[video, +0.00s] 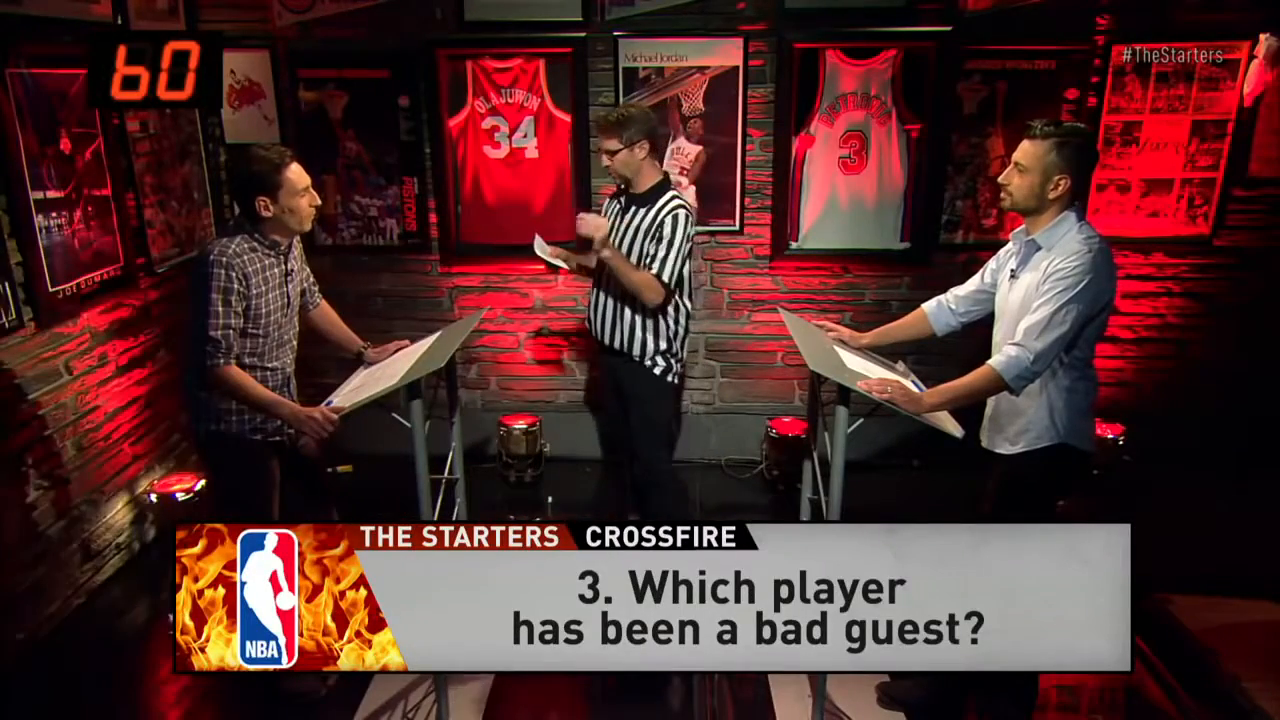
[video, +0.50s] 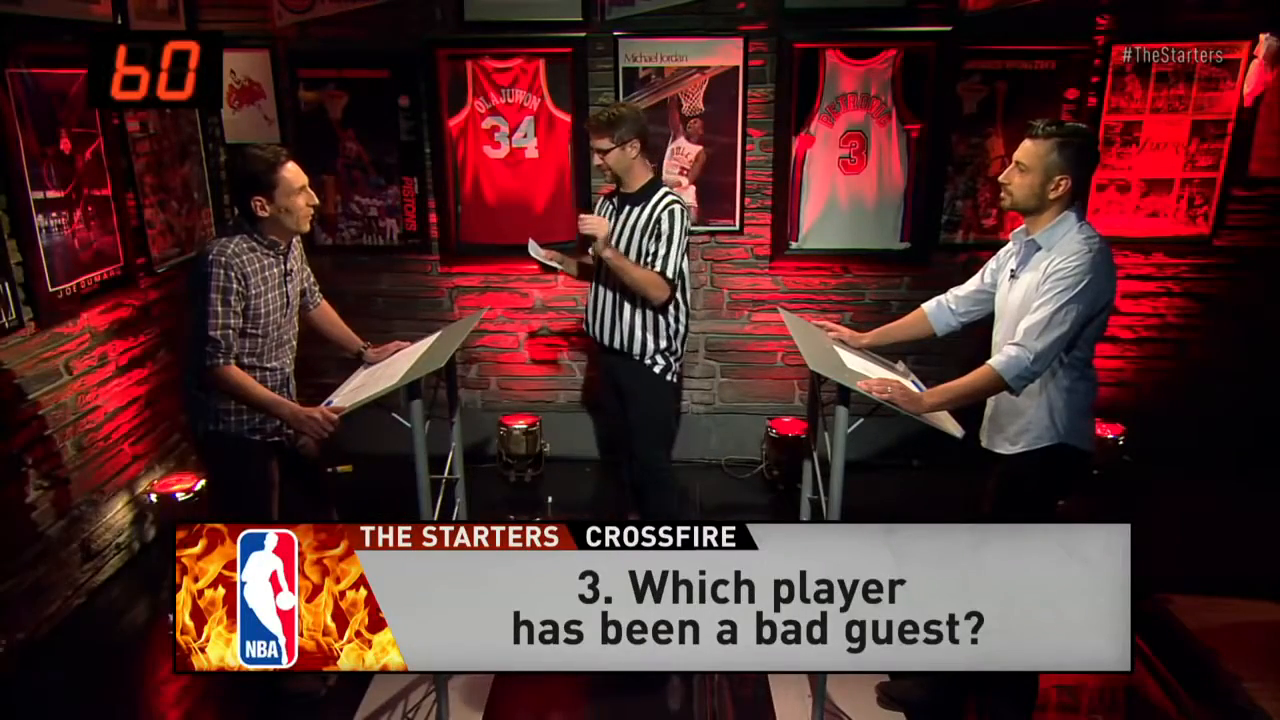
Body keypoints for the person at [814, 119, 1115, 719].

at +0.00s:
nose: (1004, 176)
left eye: (1019, 169)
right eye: (1009, 164)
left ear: (1057, 188)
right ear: (1046, 185)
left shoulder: (1082, 259)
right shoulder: (1025, 244)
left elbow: (1023, 360)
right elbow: (955, 306)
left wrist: (928, 398)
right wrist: (868, 339)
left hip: (1043, 445)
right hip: (1002, 433)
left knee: (1006, 578)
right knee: (977, 564)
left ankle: (1001, 705)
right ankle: (942, 683)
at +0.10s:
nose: (1004, 176)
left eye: (1019, 169)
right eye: (1009, 164)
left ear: (1057, 188)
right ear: (1046, 185)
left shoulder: (1082, 259)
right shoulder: (1025, 243)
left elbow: (1023, 360)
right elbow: (955, 306)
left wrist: (928, 398)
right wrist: (868, 339)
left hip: (1043, 445)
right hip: (1003, 433)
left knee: (1006, 578)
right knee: (978, 564)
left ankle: (1000, 705)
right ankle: (942, 683)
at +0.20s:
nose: (1004, 175)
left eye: (1019, 169)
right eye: (1009, 164)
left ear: (1057, 188)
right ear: (1046, 185)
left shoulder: (1082, 259)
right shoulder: (1026, 243)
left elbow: (1023, 359)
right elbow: (955, 306)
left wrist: (928, 398)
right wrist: (868, 339)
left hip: (1043, 445)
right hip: (1003, 432)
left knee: (1005, 579)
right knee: (977, 565)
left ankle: (1001, 705)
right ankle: (942, 684)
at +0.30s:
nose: (1004, 175)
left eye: (1019, 168)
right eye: (1009, 164)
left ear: (1057, 188)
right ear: (1046, 185)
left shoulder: (1082, 259)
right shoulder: (1026, 243)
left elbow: (1023, 359)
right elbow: (955, 306)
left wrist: (928, 398)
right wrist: (868, 339)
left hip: (1043, 445)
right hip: (1003, 432)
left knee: (1005, 578)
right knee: (977, 564)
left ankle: (1001, 705)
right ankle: (942, 684)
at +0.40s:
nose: (1005, 175)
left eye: (1020, 168)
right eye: (1010, 163)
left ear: (1058, 188)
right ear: (1046, 185)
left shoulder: (1082, 259)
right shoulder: (1026, 243)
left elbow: (1023, 359)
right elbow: (955, 306)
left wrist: (928, 398)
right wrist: (868, 339)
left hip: (1043, 445)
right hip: (1003, 432)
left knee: (1005, 579)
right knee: (977, 564)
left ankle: (1001, 705)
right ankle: (942, 684)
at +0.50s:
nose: (1005, 175)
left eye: (1020, 169)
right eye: (1010, 164)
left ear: (1058, 188)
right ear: (1047, 185)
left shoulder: (1083, 259)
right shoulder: (1025, 243)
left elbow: (1023, 360)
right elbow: (955, 306)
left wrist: (927, 398)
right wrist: (868, 339)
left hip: (1043, 446)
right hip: (1003, 434)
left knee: (1007, 580)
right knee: (979, 565)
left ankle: (1000, 705)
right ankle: (942, 684)